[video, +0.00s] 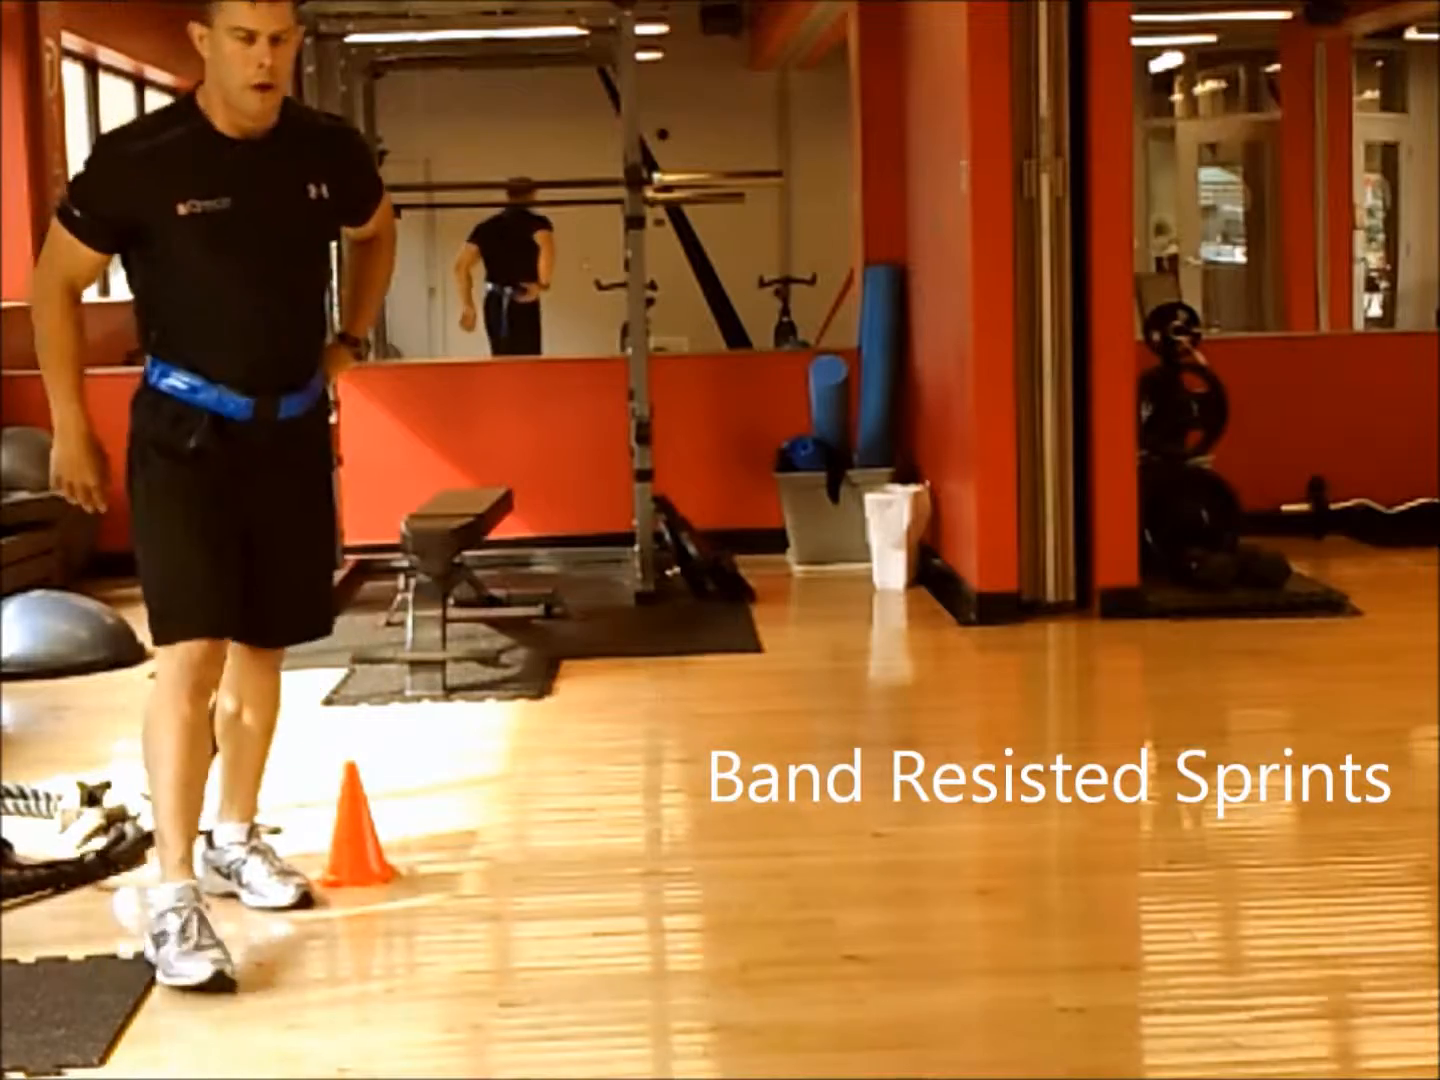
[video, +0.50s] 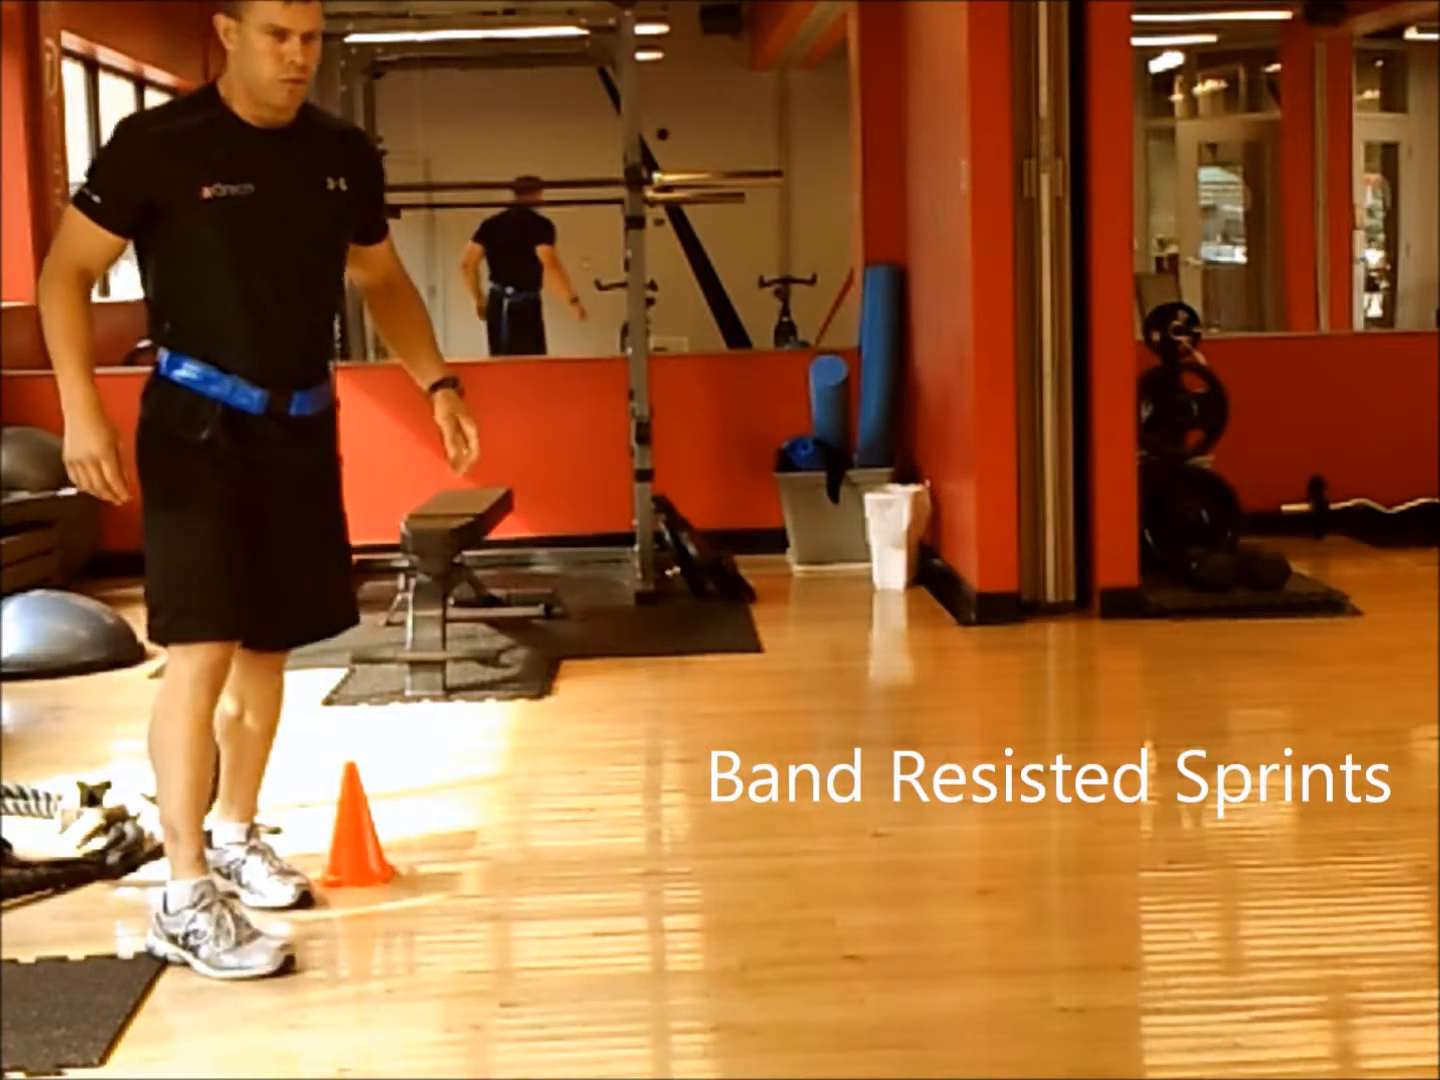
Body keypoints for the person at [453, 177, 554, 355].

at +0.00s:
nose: (534, 198)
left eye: (532, 194)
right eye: (533, 194)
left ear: (509, 196)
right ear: (531, 196)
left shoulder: (487, 226)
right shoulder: (537, 223)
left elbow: (461, 266)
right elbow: (545, 247)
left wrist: (467, 305)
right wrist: (543, 283)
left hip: (494, 298)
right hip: (525, 299)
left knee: (501, 361)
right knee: (527, 362)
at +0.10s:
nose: (536, 198)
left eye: (534, 194)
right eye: (535, 195)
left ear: (511, 196)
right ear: (532, 197)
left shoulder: (487, 224)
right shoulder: (538, 222)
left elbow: (463, 264)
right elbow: (546, 250)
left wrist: (468, 303)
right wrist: (543, 285)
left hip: (493, 297)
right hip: (524, 297)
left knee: (498, 358)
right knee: (526, 359)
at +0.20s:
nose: (537, 198)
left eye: (535, 194)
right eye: (535, 194)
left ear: (511, 195)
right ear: (532, 196)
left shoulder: (487, 224)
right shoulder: (538, 223)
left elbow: (463, 263)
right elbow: (547, 255)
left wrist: (470, 303)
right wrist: (549, 288)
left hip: (493, 299)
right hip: (524, 300)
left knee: (496, 360)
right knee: (526, 361)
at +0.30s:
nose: (538, 197)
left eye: (537, 193)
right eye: (537, 193)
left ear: (512, 194)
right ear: (533, 195)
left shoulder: (489, 223)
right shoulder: (537, 224)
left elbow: (465, 263)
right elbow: (547, 261)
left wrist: (472, 304)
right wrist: (563, 296)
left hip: (494, 299)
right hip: (524, 300)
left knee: (498, 359)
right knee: (528, 359)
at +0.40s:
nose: (539, 197)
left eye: (538, 193)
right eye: (537, 193)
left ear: (514, 194)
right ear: (533, 195)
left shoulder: (490, 223)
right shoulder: (538, 224)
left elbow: (467, 263)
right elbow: (547, 262)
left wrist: (475, 302)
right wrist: (570, 298)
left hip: (496, 299)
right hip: (525, 301)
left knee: (501, 360)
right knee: (530, 360)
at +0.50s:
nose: (541, 198)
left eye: (540, 193)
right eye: (539, 193)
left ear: (516, 194)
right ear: (534, 195)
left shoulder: (492, 223)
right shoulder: (540, 225)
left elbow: (468, 264)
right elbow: (550, 265)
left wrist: (478, 299)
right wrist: (571, 298)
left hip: (497, 299)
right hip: (526, 301)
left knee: (501, 359)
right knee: (532, 359)